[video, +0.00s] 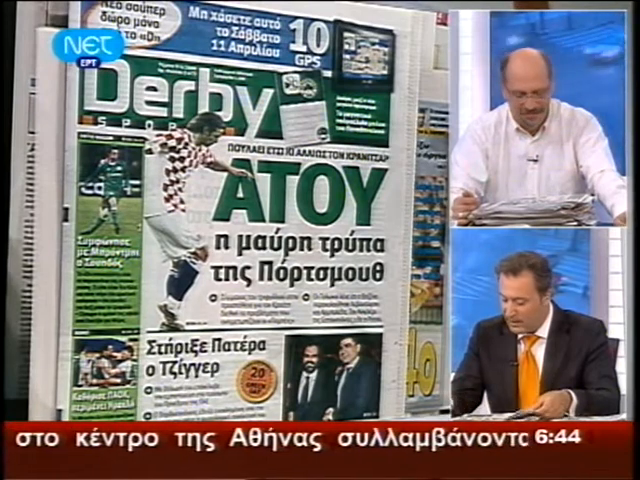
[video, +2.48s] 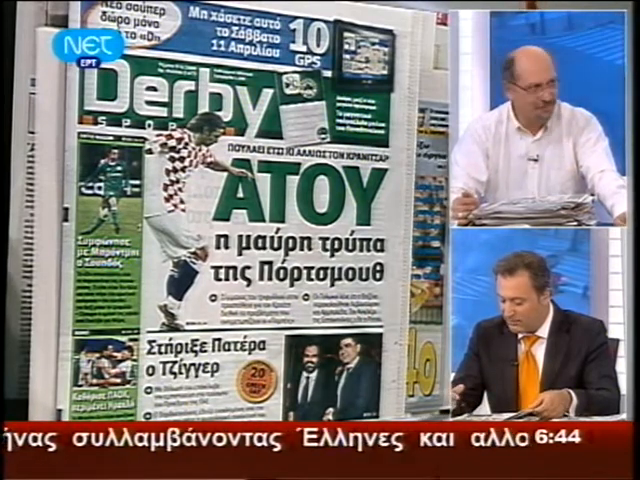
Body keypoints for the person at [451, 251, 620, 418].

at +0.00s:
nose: (509, 312)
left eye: (520, 302)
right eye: (505, 300)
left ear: (546, 297)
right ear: (499, 295)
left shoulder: (588, 333)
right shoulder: (486, 334)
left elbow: (610, 401)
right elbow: (461, 401)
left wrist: (570, 400)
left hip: (569, 451)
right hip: (505, 450)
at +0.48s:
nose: (508, 312)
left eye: (519, 303)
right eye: (503, 301)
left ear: (546, 297)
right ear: (498, 296)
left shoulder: (588, 333)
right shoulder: (486, 334)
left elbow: (610, 402)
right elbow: (462, 402)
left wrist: (569, 400)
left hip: (568, 451)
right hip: (505, 450)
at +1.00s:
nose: (508, 312)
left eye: (518, 303)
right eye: (502, 302)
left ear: (545, 297)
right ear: (498, 297)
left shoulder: (588, 333)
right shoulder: (486, 334)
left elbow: (610, 402)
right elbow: (462, 401)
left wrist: (569, 400)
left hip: (569, 452)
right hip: (505, 450)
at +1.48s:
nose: (508, 312)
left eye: (518, 303)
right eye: (502, 302)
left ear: (545, 297)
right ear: (497, 297)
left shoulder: (588, 332)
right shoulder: (486, 334)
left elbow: (610, 402)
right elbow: (463, 401)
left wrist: (569, 400)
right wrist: (450, 397)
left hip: (569, 452)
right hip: (505, 450)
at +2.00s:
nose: (507, 312)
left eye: (517, 302)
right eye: (502, 301)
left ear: (545, 297)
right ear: (497, 297)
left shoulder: (588, 332)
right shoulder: (486, 334)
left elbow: (610, 402)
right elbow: (463, 401)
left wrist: (569, 400)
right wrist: (451, 397)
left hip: (569, 452)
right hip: (505, 451)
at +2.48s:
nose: (508, 312)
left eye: (518, 302)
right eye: (503, 301)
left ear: (545, 296)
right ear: (498, 296)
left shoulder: (588, 333)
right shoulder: (486, 334)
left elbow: (610, 402)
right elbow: (464, 399)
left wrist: (569, 400)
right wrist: (451, 399)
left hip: (569, 452)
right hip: (504, 450)